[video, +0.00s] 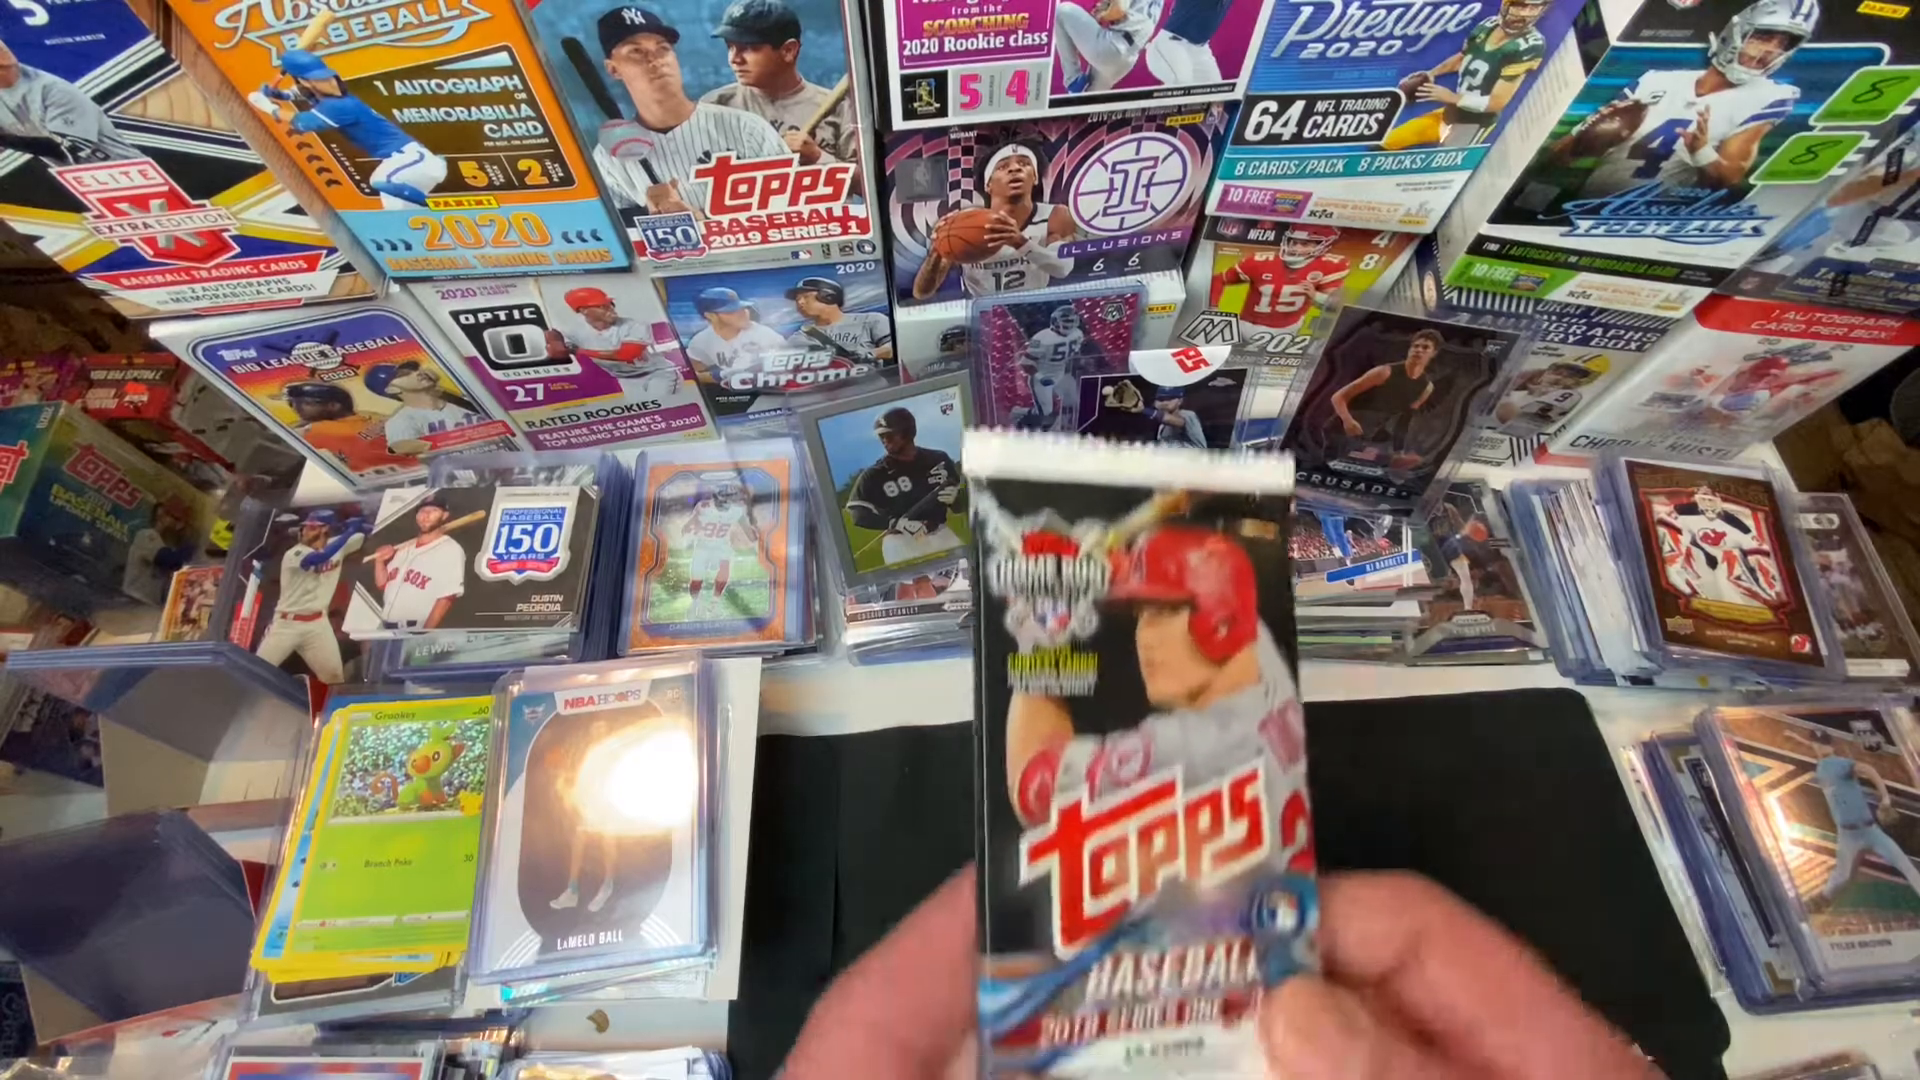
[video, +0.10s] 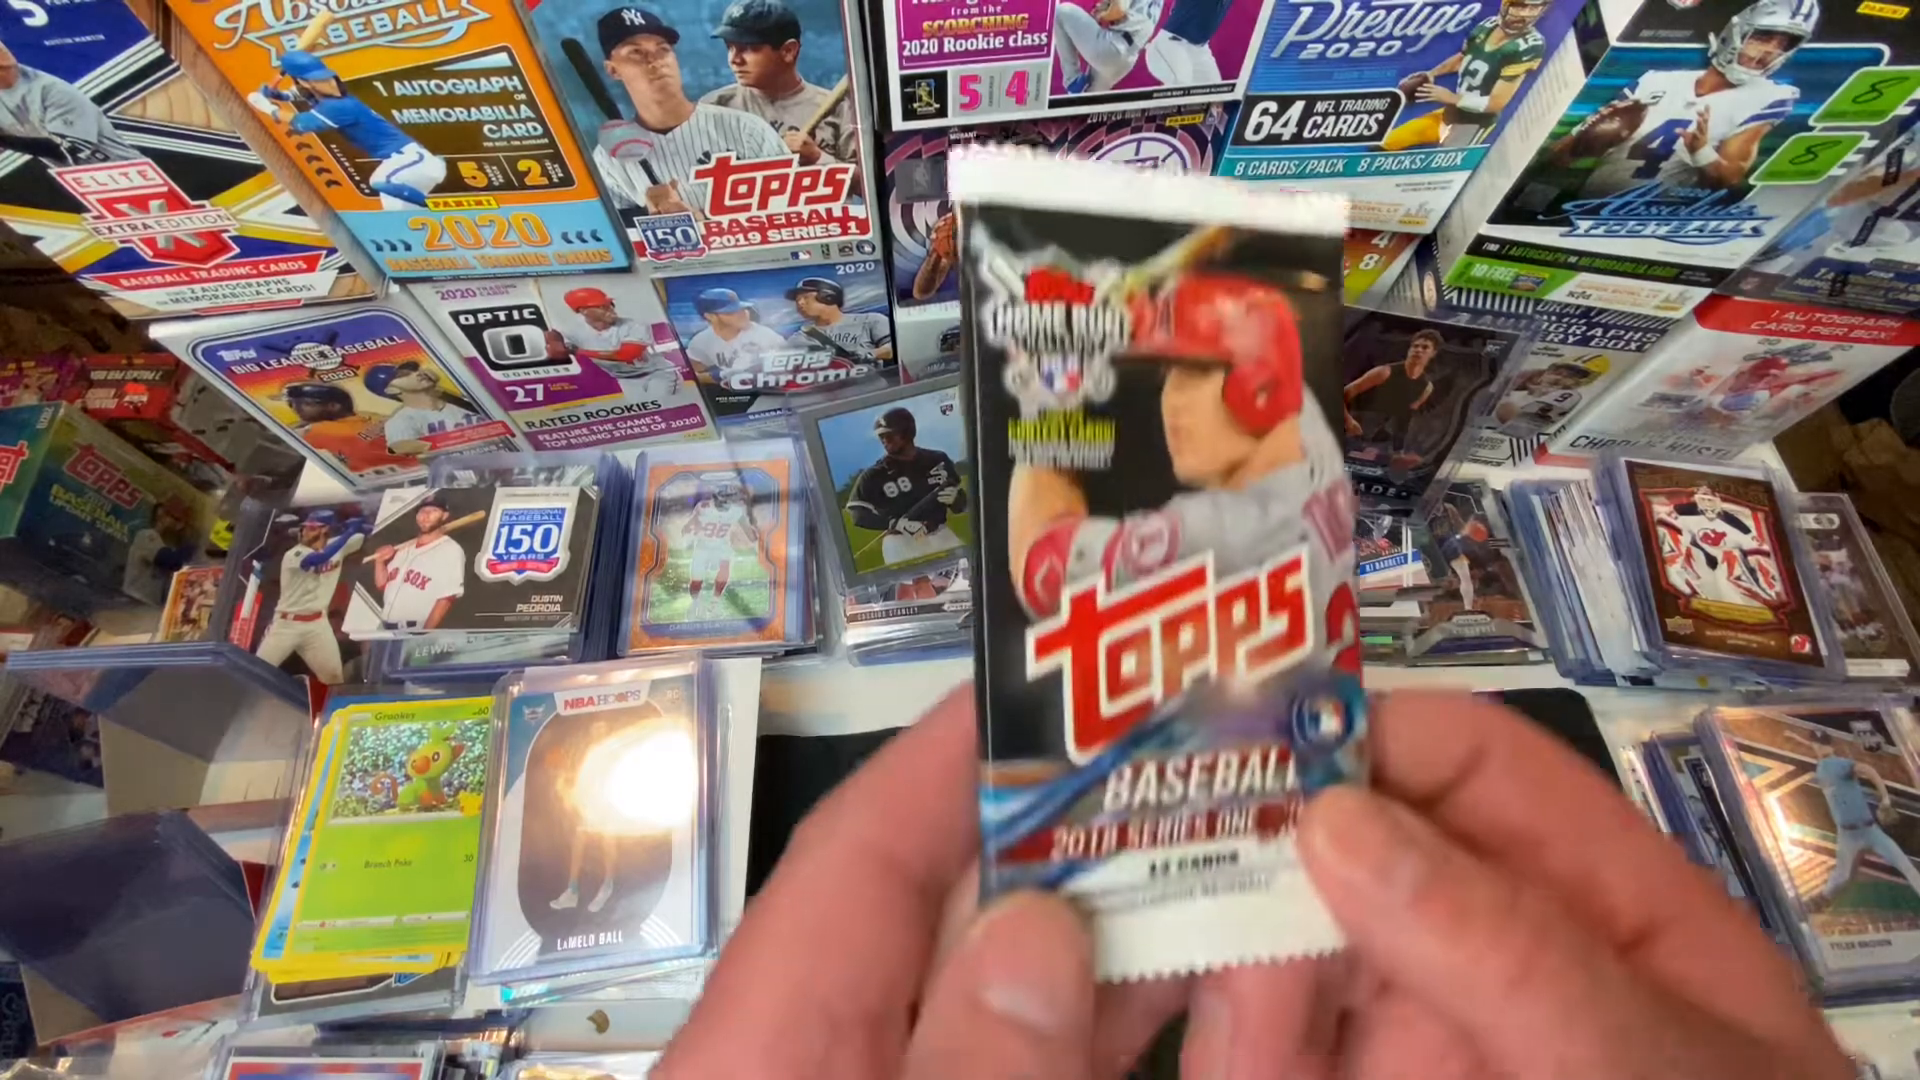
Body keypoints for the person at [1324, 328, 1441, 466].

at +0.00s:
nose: (1418, 350)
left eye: (1425, 348)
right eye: (1415, 346)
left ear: (1433, 354)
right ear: (1410, 349)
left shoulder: (1426, 388)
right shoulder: (1384, 372)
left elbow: (1404, 419)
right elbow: (1338, 397)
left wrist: (1399, 453)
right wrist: (1347, 420)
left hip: (1374, 435)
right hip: (1342, 428)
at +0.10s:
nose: (1418, 350)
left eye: (1425, 347)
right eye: (1415, 346)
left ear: (1433, 354)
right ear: (1409, 349)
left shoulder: (1426, 388)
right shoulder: (1384, 373)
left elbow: (1406, 414)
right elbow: (1343, 394)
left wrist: (1400, 451)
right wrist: (1348, 420)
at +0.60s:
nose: (1418, 350)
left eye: (1425, 347)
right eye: (1415, 346)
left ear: (1433, 354)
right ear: (1409, 349)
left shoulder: (1426, 389)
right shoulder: (1384, 373)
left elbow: (1405, 414)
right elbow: (1338, 397)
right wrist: (1348, 420)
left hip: (1390, 444)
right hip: (1362, 437)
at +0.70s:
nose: (1418, 350)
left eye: (1425, 347)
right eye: (1415, 346)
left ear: (1434, 354)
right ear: (1410, 349)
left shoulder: (1426, 388)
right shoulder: (1384, 373)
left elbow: (1404, 414)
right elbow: (1338, 397)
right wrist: (1348, 420)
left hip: (1390, 445)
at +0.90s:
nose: (1418, 350)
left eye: (1425, 347)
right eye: (1416, 345)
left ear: (1433, 354)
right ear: (1410, 348)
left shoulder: (1426, 389)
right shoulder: (1384, 373)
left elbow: (1405, 417)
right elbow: (1338, 397)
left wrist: (1399, 452)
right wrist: (1348, 420)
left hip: (1385, 441)